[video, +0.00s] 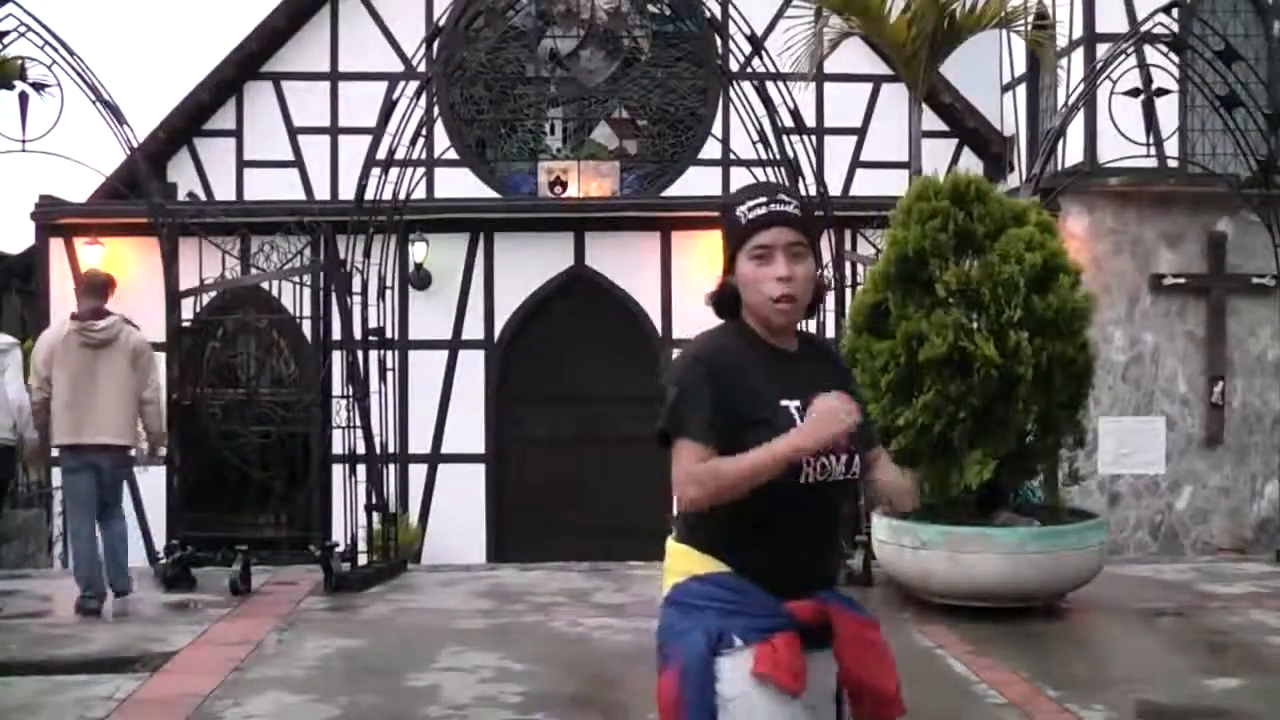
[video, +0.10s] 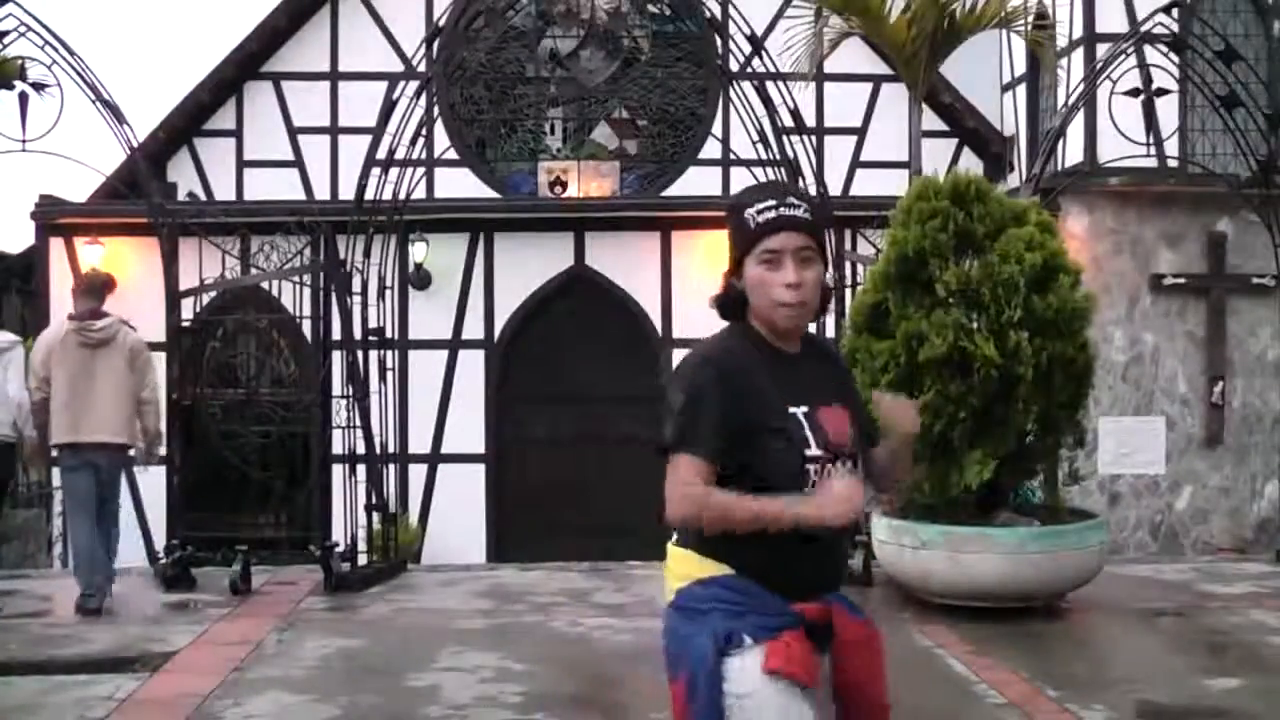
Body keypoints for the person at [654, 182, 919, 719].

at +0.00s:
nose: (784, 273)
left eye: (797, 255)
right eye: (762, 258)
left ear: (816, 268)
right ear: (733, 275)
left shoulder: (826, 359)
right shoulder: (706, 362)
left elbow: (868, 455)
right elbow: (689, 487)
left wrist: (895, 484)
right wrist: (806, 438)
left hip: (814, 600)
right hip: (723, 604)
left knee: (876, 698)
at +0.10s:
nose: (792, 277)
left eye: (806, 260)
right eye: (771, 261)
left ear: (824, 271)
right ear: (740, 276)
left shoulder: (829, 363)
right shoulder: (711, 369)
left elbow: (869, 476)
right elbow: (683, 503)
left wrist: (898, 439)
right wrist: (815, 509)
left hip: (820, 603)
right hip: (734, 609)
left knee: (865, 707)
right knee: (777, 705)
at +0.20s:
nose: (795, 282)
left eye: (809, 262)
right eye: (773, 264)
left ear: (828, 272)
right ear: (740, 278)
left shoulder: (824, 363)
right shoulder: (715, 375)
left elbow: (881, 477)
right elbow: (676, 515)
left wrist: (892, 419)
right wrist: (792, 570)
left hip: (820, 602)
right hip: (730, 605)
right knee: (770, 700)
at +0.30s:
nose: (799, 291)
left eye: (811, 268)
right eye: (775, 272)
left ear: (828, 274)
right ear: (738, 284)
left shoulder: (818, 365)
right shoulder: (714, 386)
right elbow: (669, 533)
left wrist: (870, 436)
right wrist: (783, 607)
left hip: (811, 634)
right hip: (730, 643)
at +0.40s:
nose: (802, 308)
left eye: (814, 283)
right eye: (775, 289)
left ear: (829, 287)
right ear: (735, 298)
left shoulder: (814, 374)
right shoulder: (710, 406)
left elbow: (860, 460)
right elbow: (671, 565)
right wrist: (802, 596)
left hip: (792, 629)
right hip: (705, 642)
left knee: (869, 694)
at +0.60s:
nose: (811, 380)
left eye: (824, 352)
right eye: (782, 357)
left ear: (841, 351)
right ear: (741, 361)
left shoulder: (820, 417)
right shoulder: (703, 459)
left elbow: (855, 482)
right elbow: (671, 636)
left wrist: (881, 534)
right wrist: (805, 616)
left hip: (751, 645)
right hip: (660, 668)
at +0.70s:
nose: (811, 395)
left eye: (824, 367)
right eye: (782, 372)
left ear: (841, 363)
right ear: (739, 372)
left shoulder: (817, 419)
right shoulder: (703, 468)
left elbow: (849, 477)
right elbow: (654, 652)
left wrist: (866, 505)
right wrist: (794, 667)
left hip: (757, 648)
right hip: (662, 679)